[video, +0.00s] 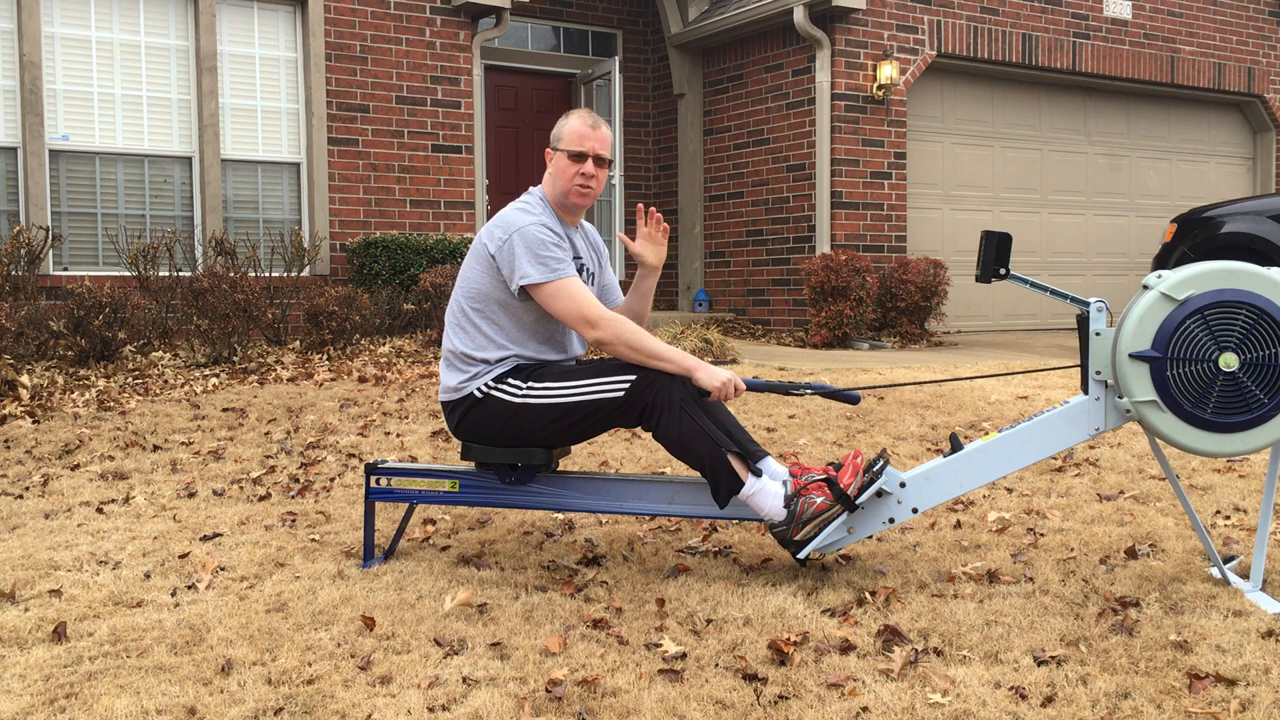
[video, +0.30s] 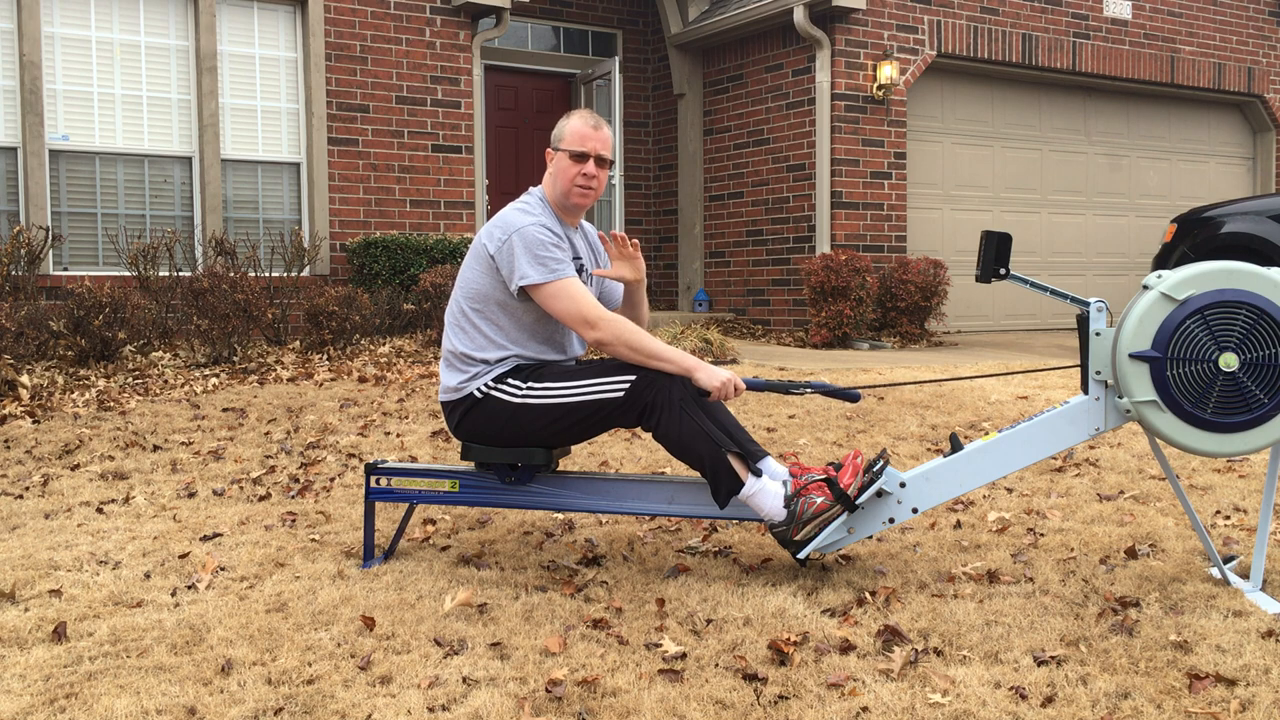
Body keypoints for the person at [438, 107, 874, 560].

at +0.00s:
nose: (589, 172)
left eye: (600, 163)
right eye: (577, 158)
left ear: (608, 172)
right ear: (548, 159)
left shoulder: (589, 238)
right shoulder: (524, 226)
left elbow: (621, 333)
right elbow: (595, 327)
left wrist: (649, 271)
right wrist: (697, 368)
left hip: (541, 377)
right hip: (488, 391)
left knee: (676, 378)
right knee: (652, 387)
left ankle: (788, 485)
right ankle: (777, 509)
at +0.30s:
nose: (591, 173)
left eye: (602, 164)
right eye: (578, 158)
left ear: (609, 173)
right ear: (548, 159)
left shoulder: (587, 237)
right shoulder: (524, 227)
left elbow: (630, 336)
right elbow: (594, 329)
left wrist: (633, 284)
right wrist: (698, 369)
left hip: (539, 376)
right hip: (487, 390)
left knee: (674, 378)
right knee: (651, 387)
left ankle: (787, 485)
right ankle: (776, 510)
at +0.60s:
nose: (592, 172)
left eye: (603, 164)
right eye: (580, 158)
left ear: (610, 174)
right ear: (550, 159)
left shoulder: (586, 237)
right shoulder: (525, 226)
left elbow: (631, 336)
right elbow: (594, 328)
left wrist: (631, 282)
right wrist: (698, 369)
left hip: (539, 376)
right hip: (487, 389)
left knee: (673, 377)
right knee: (651, 387)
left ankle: (787, 484)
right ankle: (776, 510)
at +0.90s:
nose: (595, 169)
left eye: (605, 161)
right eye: (582, 155)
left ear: (611, 171)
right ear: (549, 158)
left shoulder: (587, 238)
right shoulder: (523, 226)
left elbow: (631, 322)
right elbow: (593, 327)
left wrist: (667, 308)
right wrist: (698, 369)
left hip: (541, 377)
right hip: (488, 391)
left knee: (674, 377)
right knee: (651, 386)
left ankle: (785, 484)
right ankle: (775, 509)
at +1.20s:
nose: (592, 168)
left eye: (602, 160)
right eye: (579, 155)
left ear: (610, 170)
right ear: (547, 158)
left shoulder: (587, 240)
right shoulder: (523, 226)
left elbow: (637, 321)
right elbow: (593, 326)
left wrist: (695, 297)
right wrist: (698, 370)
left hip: (541, 377)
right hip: (487, 390)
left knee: (676, 377)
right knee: (650, 387)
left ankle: (787, 484)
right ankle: (776, 510)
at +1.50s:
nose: (592, 168)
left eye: (603, 159)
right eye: (579, 154)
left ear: (609, 171)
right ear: (548, 158)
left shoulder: (586, 239)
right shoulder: (524, 226)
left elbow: (635, 320)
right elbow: (592, 326)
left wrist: (694, 300)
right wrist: (698, 370)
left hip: (540, 377)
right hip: (487, 391)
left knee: (675, 377)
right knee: (650, 387)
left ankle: (788, 485)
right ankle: (777, 510)